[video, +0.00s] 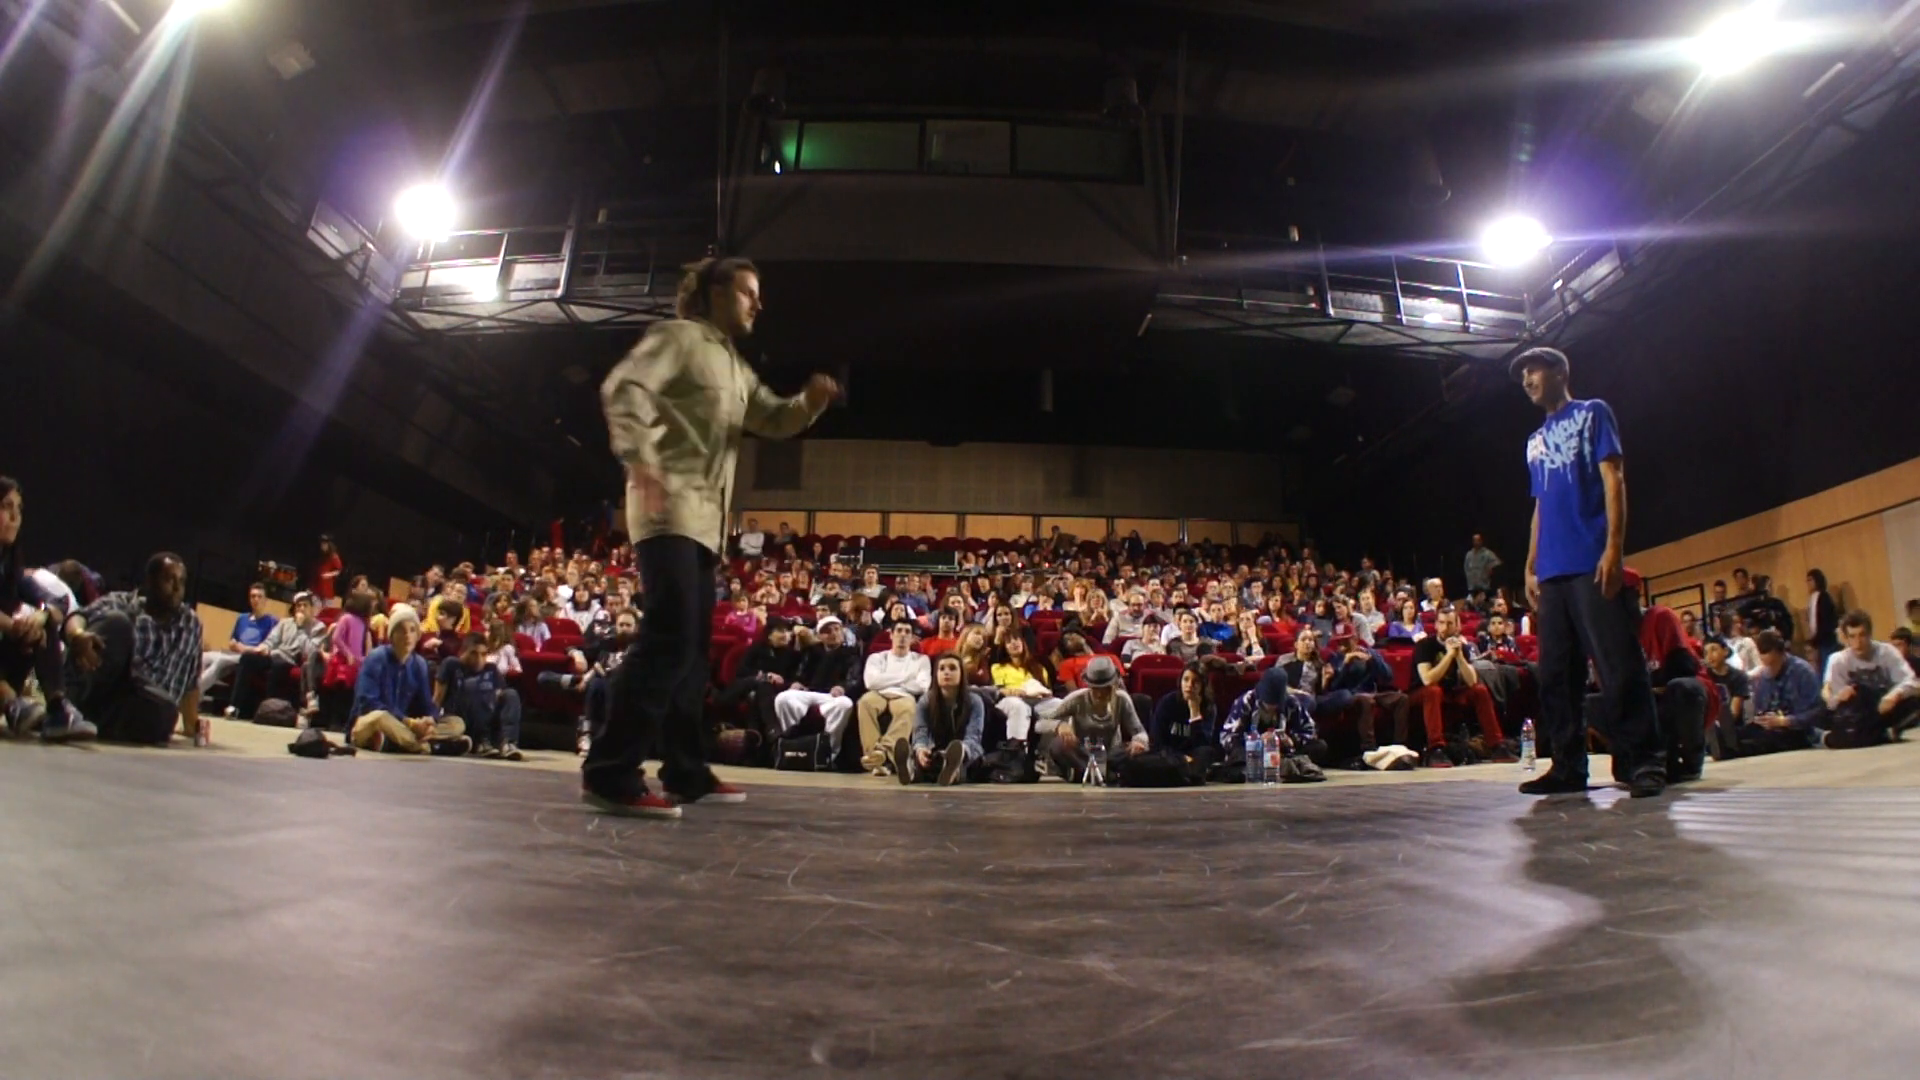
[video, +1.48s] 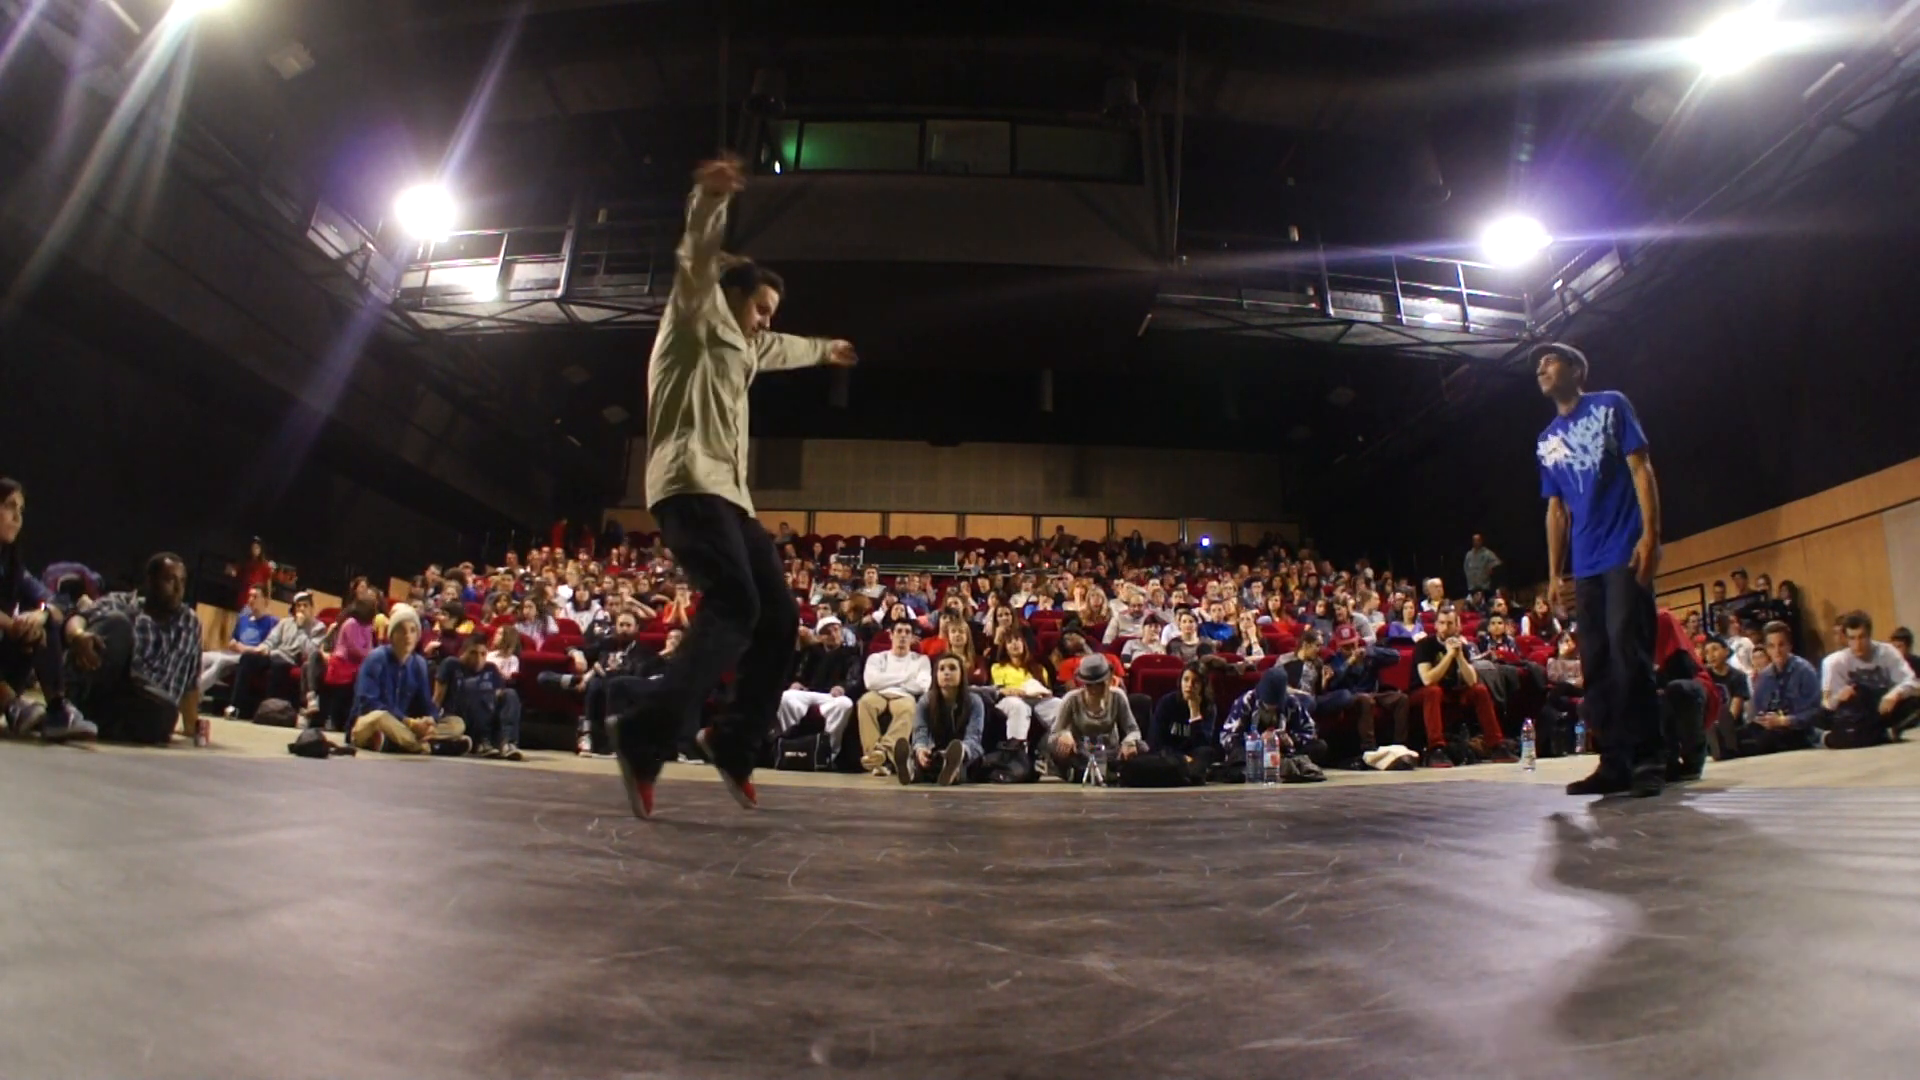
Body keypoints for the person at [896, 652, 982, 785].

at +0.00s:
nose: (947, 672)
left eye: (952, 668)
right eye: (942, 668)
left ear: (961, 673)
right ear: (935, 674)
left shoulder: (974, 701)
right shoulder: (925, 701)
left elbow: (974, 737)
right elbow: (920, 731)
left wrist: (960, 751)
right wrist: (920, 748)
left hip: (962, 751)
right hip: (933, 750)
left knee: (955, 762)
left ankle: (949, 773)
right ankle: (910, 768)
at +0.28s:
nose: (947, 673)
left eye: (952, 668)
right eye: (942, 669)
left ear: (961, 674)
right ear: (935, 674)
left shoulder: (974, 701)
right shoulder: (925, 701)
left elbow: (974, 737)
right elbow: (920, 730)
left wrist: (960, 751)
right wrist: (920, 748)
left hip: (962, 751)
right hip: (933, 750)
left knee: (955, 762)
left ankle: (949, 773)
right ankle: (910, 768)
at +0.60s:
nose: (947, 673)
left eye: (952, 668)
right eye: (942, 669)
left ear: (961, 674)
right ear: (935, 674)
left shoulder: (974, 701)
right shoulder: (925, 701)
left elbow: (974, 738)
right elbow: (920, 731)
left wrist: (961, 751)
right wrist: (920, 748)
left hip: (962, 751)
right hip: (933, 750)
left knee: (955, 762)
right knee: (919, 761)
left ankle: (949, 773)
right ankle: (910, 768)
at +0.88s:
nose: (947, 673)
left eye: (952, 668)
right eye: (942, 668)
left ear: (962, 673)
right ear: (936, 674)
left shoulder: (974, 701)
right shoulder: (925, 701)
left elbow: (974, 738)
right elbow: (920, 731)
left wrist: (961, 751)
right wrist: (920, 748)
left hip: (962, 751)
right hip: (933, 750)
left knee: (955, 762)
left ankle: (949, 773)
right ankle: (910, 768)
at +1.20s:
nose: (947, 673)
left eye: (952, 668)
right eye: (942, 668)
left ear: (961, 673)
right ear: (936, 674)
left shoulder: (974, 701)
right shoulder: (925, 701)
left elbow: (974, 738)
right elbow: (920, 731)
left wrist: (961, 751)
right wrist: (920, 748)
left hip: (962, 751)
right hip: (933, 750)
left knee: (955, 762)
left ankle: (949, 773)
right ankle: (910, 768)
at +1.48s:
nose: (947, 673)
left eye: (952, 668)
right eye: (942, 669)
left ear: (962, 674)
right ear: (935, 674)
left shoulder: (974, 701)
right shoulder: (925, 701)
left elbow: (974, 738)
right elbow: (920, 731)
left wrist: (961, 751)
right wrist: (920, 748)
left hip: (962, 751)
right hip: (933, 750)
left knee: (955, 762)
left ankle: (949, 773)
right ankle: (910, 768)